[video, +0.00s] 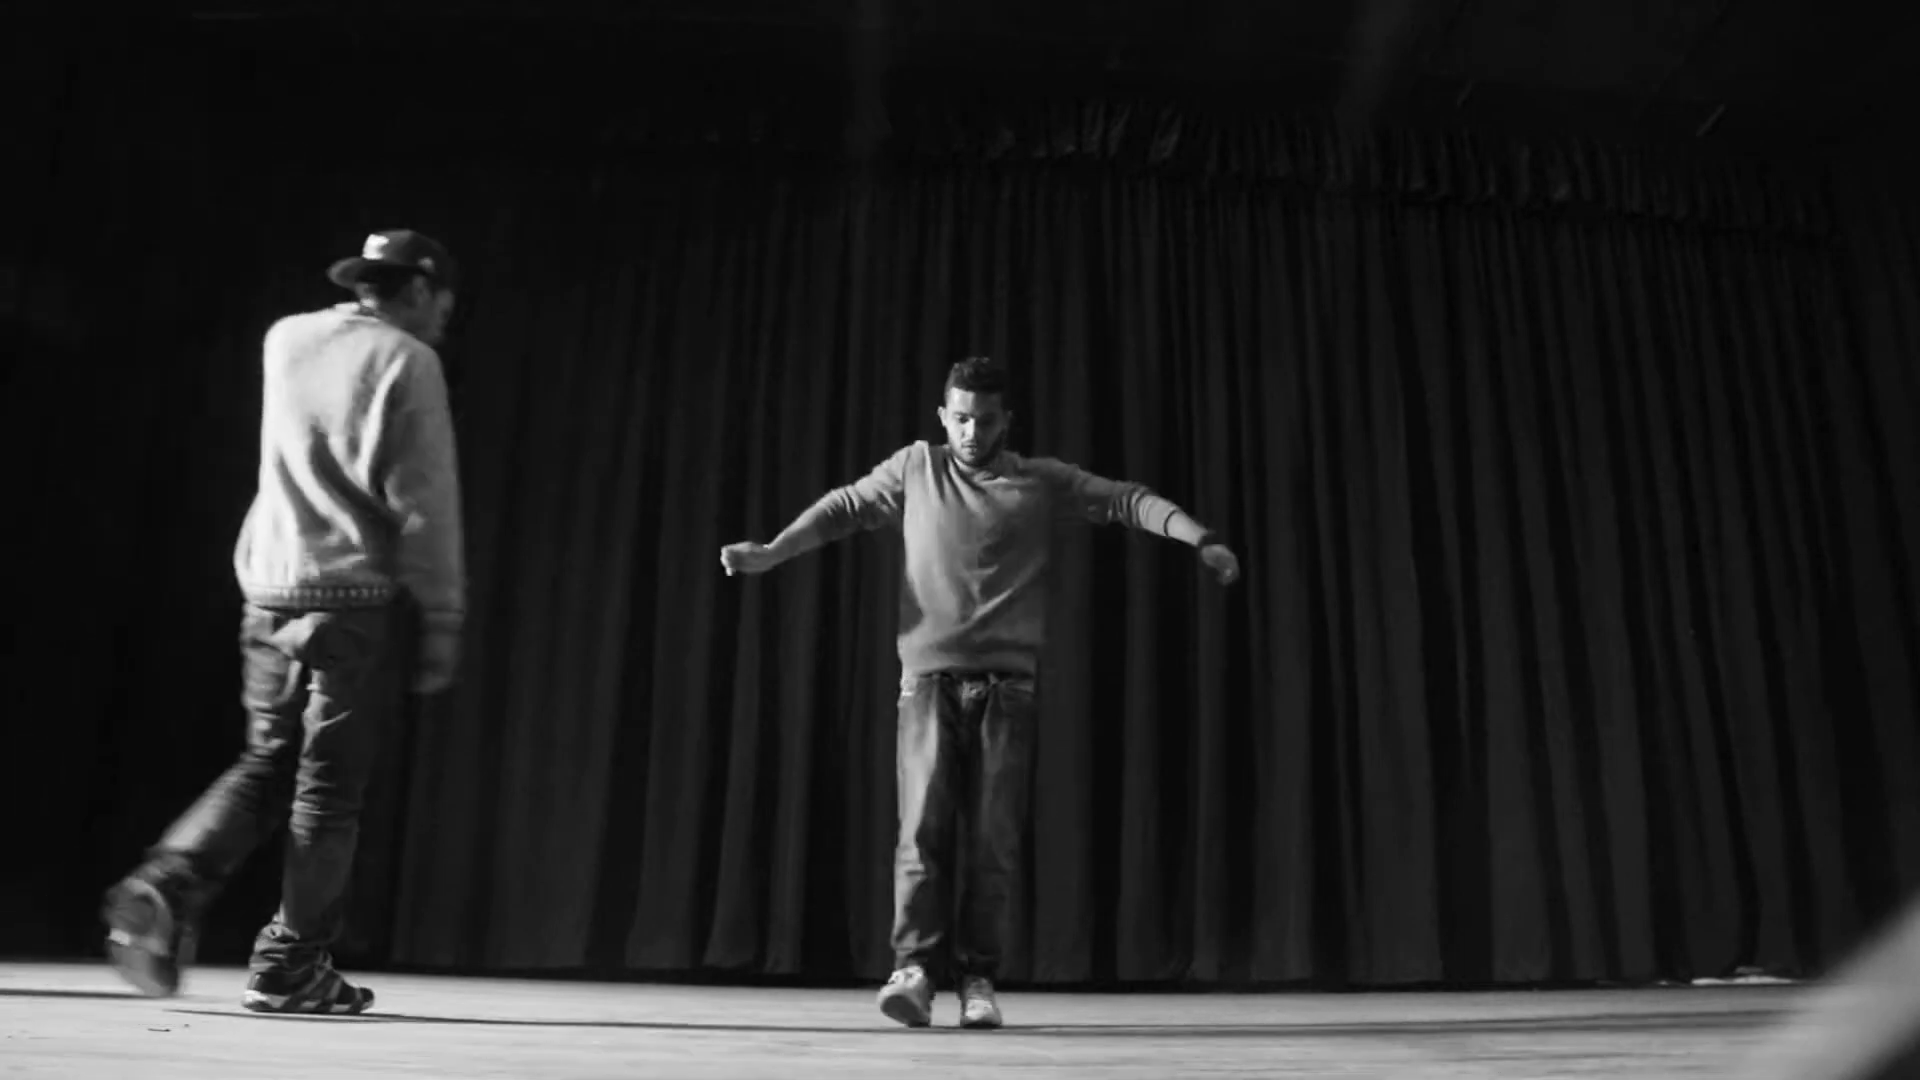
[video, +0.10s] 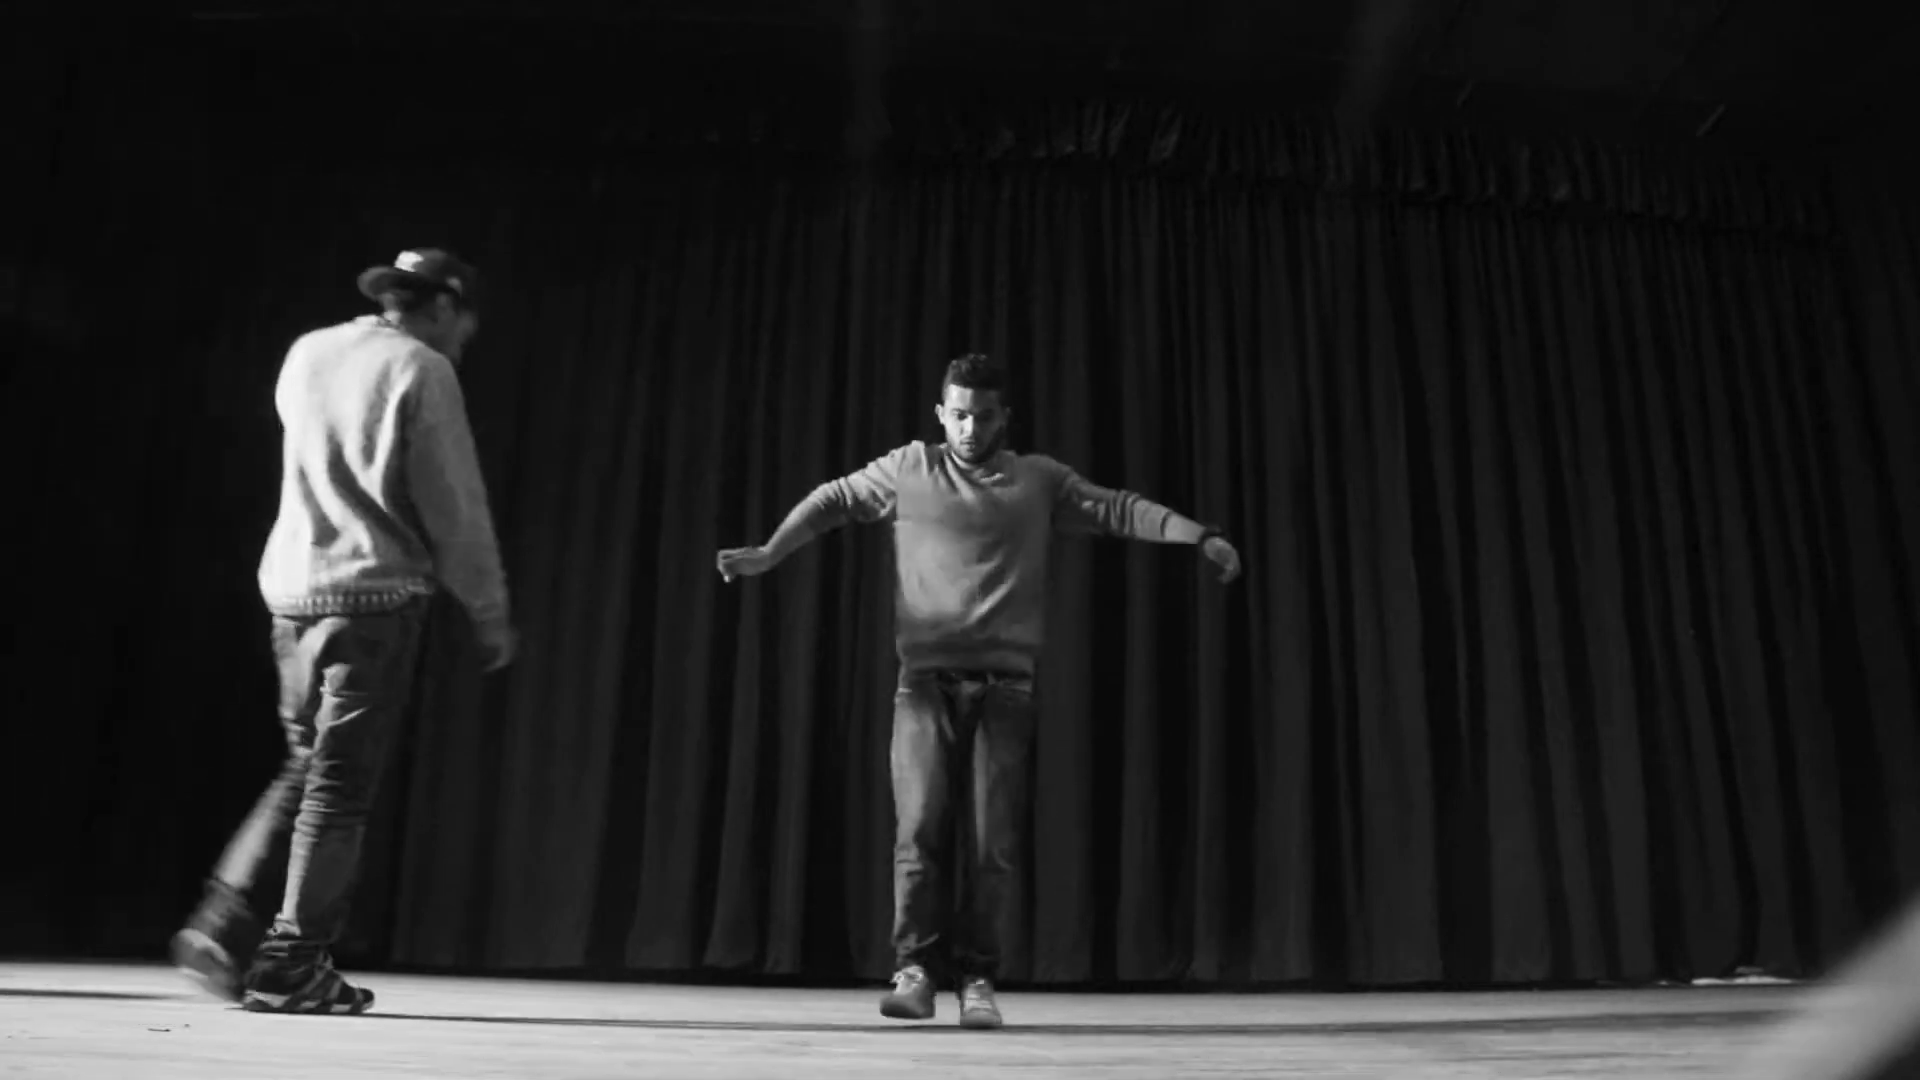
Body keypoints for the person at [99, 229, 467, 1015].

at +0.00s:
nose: (444, 316)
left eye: (446, 302)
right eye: (441, 300)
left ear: (365, 286)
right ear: (414, 292)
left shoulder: (287, 336)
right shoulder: (410, 362)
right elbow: (425, 507)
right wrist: (442, 623)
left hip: (268, 589)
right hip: (352, 599)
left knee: (265, 761)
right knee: (329, 784)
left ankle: (159, 892)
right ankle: (294, 962)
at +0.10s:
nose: (467, 335)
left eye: (468, 320)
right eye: (466, 319)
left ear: (389, 300)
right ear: (440, 304)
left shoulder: (305, 353)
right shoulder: (424, 368)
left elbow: (312, 463)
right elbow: (454, 502)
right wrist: (491, 617)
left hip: (291, 592)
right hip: (372, 599)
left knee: (302, 763)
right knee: (336, 783)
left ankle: (219, 924)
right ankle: (293, 963)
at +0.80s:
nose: (564, 476)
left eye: (569, 470)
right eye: (568, 465)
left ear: (514, 426)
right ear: (560, 443)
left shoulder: (439, 467)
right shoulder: (534, 454)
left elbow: (395, 566)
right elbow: (512, 549)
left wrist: (395, 664)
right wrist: (507, 642)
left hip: (417, 673)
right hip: (479, 666)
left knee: (428, 815)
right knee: (518, 802)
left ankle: (420, 968)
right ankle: (456, 941)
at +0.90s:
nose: (584, 484)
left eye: (589, 476)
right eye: (587, 471)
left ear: (534, 438)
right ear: (576, 451)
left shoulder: (460, 476)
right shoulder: (549, 465)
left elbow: (412, 575)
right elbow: (528, 566)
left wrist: (418, 671)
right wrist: (535, 666)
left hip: (433, 679)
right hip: (487, 674)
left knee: (435, 814)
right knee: (543, 802)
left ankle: (423, 963)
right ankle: (521, 961)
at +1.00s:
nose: (605, 494)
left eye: (610, 485)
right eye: (609, 481)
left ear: (560, 450)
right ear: (599, 462)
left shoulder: (485, 485)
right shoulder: (568, 478)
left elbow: (438, 582)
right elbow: (553, 580)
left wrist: (445, 671)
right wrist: (573, 680)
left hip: (453, 679)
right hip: (511, 676)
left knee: (445, 819)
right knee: (558, 815)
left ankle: (425, 961)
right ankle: (576, 960)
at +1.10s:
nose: (632, 503)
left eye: (636, 496)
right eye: (635, 491)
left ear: (584, 459)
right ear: (622, 472)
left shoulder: (507, 496)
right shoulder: (592, 498)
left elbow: (463, 594)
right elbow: (584, 604)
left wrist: (469, 677)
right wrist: (608, 698)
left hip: (476, 686)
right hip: (539, 689)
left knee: (462, 824)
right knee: (574, 827)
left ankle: (428, 963)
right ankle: (603, 964)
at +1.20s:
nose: (667, 508)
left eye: (672, 498)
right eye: (669, 495)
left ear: (617, 472)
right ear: (650, 479)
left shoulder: (533, 509)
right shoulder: (624, 519)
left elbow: (494, 605)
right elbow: (620, 626)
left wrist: (503, 684)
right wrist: (638, 718)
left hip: (507, 699)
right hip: (572, 704)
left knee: (484, 828)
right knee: (602, 835)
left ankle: (432, 955)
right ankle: (610, 970)